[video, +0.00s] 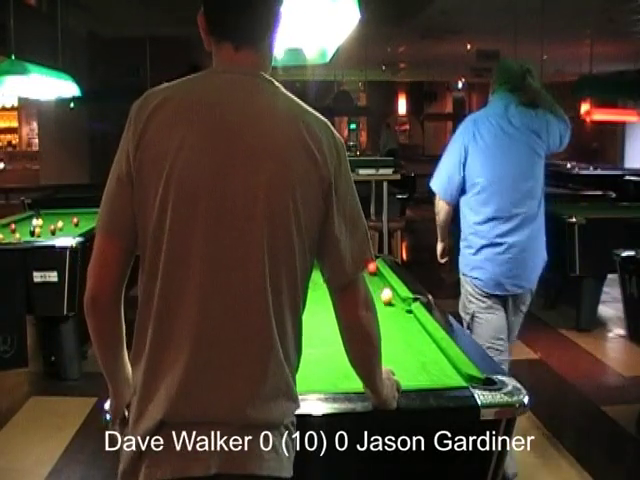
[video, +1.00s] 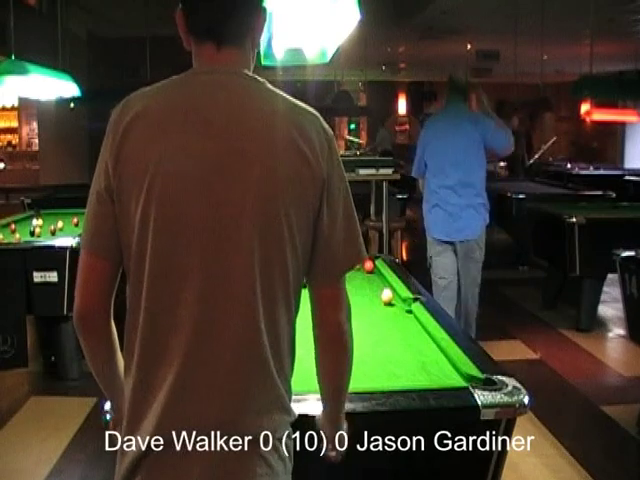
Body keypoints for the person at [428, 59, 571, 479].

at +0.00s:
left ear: (493, 87)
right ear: (527, 89)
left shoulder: (473, 126)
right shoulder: (540, 125)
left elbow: (444, 198)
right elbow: (563, 126)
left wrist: (442, 240)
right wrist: (537, 91)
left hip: (483, 257)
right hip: (530, 256)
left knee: (491, 357)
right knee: (499, 351)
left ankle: (501, 452)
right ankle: (488, 439)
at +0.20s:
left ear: (482, 82)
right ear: (513, 84)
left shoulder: (462, 116)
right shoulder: (523, 116)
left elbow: (439, 177)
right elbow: (548, 123)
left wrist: (436, 230)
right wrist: (527, 87)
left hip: (470, 244)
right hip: (513, 245)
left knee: (457, 328)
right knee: (496, 335)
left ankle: (452, 402)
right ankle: (487, 405)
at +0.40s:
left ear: (470, 84)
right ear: (500, 86)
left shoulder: (452, 118)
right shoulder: (509, 118)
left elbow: (430, 171)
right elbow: (533, 124)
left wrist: (430, 221)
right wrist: (511, 91)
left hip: (457, 238)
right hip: (498, 239)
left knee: (453, 319)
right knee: (490, 324)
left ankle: (452, 392)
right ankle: (489, 398)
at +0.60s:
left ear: (456, 96)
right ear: (485, 97)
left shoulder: (437, 128)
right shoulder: (491, 123)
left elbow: (418, 177)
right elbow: (520, 127)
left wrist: (419, 224)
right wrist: (498, 98)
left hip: (446, 233)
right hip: (484, 233)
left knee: (448, 312)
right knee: (481, 315)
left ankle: (447, 381)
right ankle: (482, 384)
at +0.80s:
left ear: (449, 88)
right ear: (475, 91)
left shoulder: (431, 122)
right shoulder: (481, 117)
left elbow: (417, 171)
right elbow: (511, 123)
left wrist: (417, 212)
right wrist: (489, 95)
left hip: (439, 221)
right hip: (475, 220)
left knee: (443, 293)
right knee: (474, 290)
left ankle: (443, 360)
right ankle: (474, 358)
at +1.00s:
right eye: (472, 97)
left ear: (445, 97)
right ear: (469, 97)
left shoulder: (430, 127)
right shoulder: (477, 121)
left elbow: (420, 172)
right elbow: (506, 145)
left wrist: (427, 198)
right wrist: (486, 113)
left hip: (437, 216)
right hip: (471, 215)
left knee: (443, 285)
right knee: (470, 283)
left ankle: (444, 343)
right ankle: (467, 340)